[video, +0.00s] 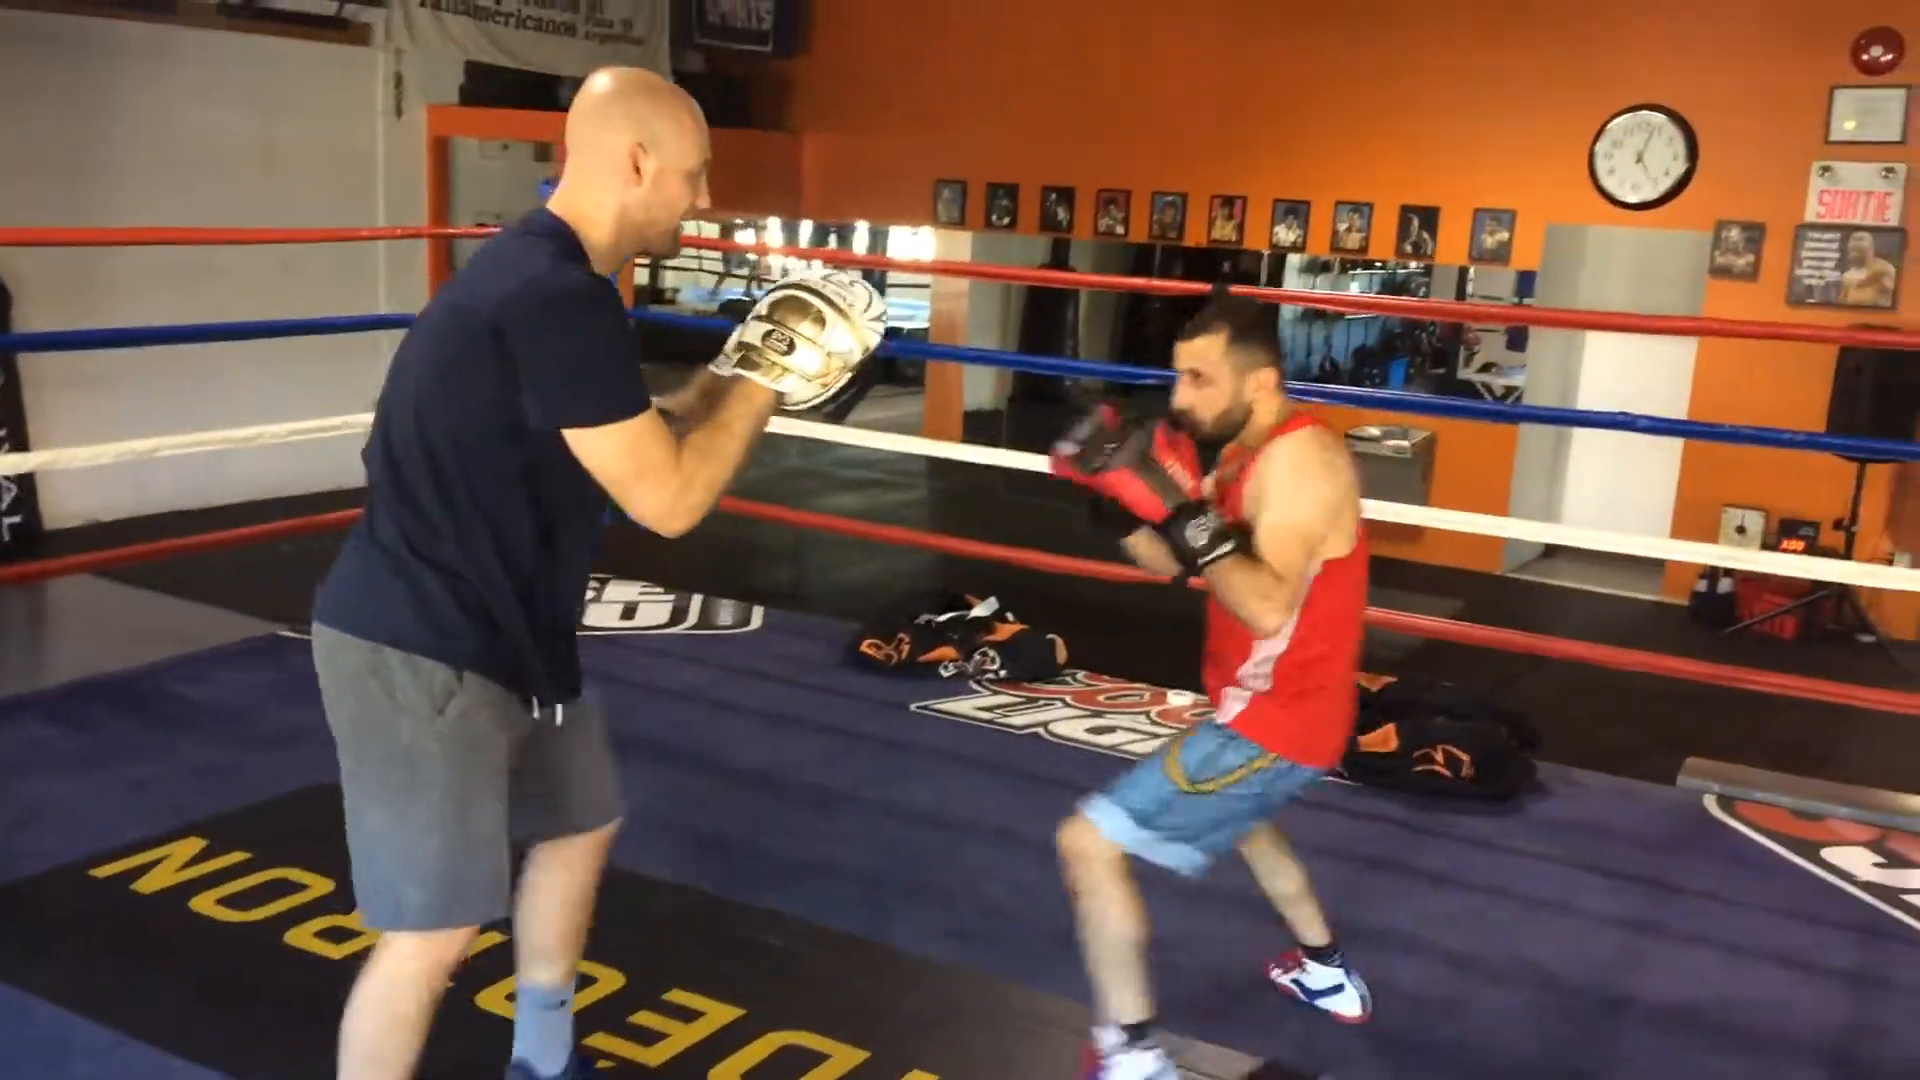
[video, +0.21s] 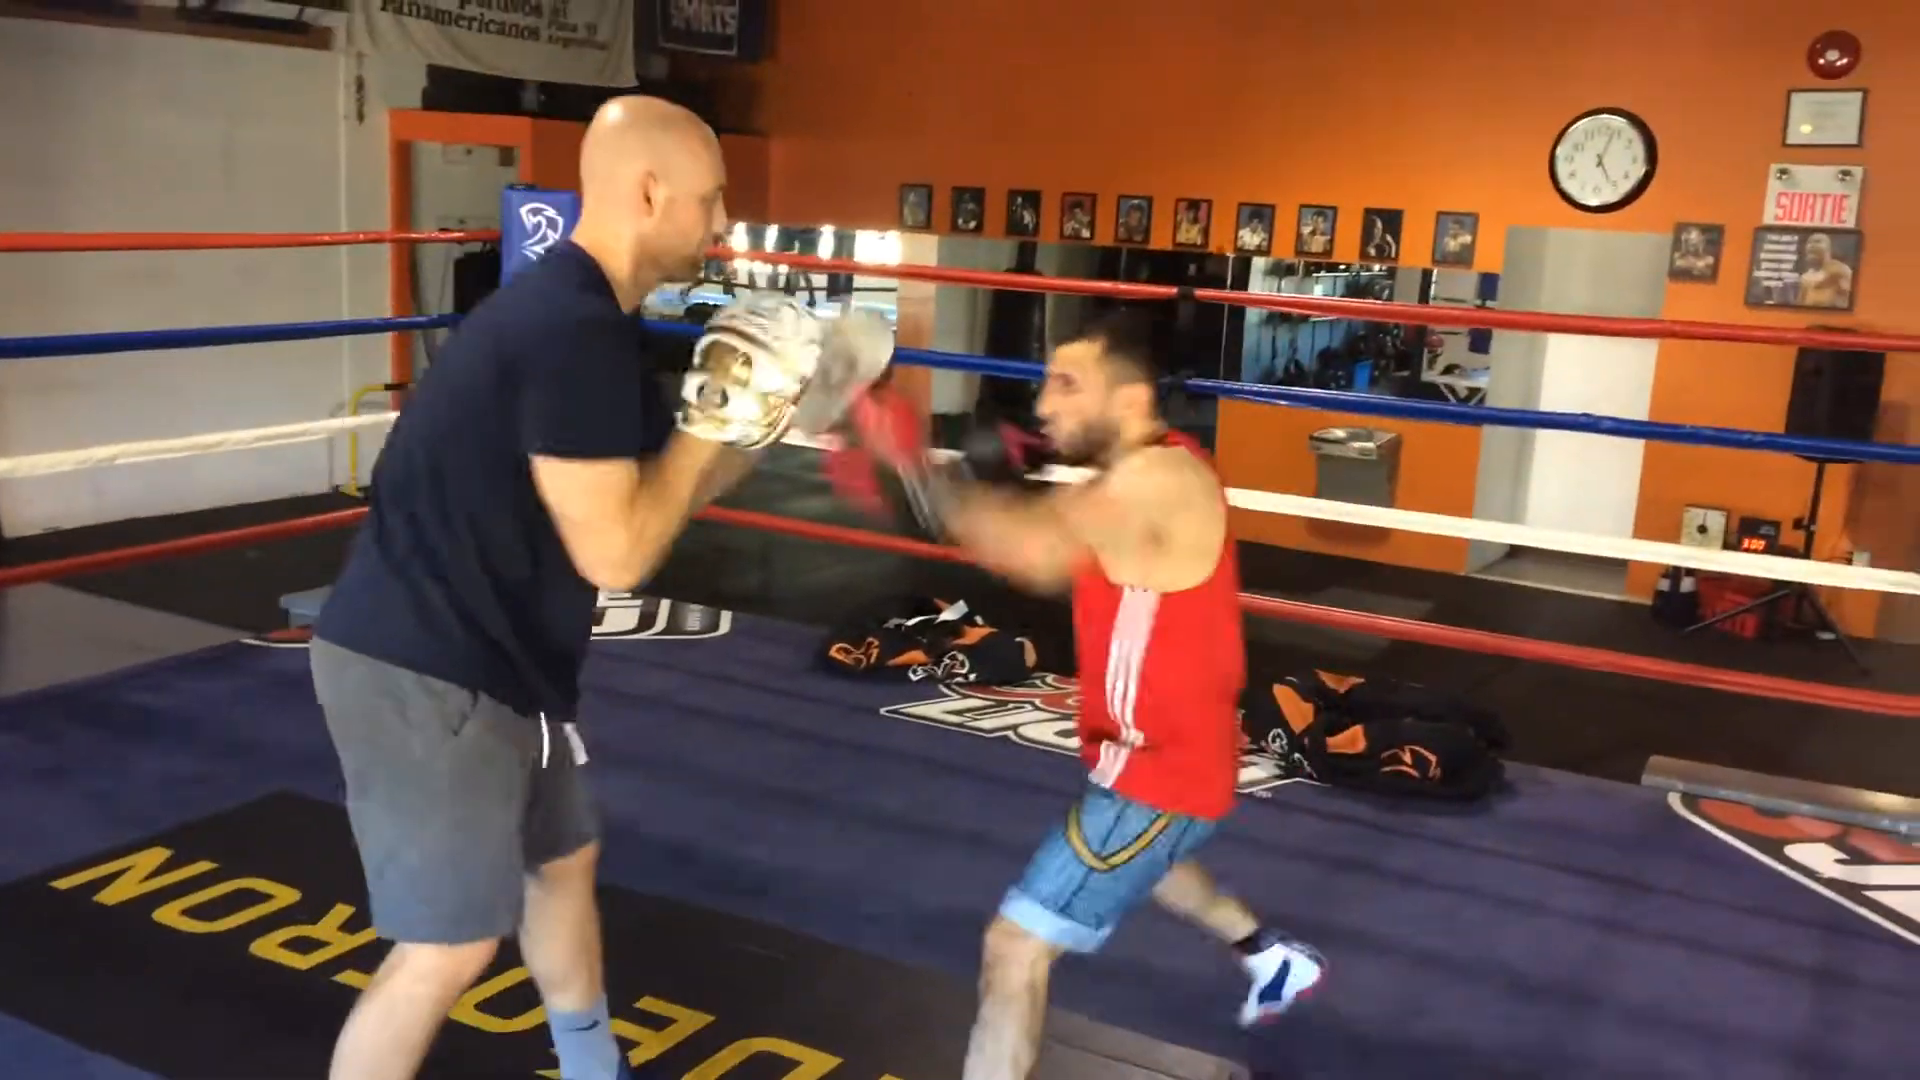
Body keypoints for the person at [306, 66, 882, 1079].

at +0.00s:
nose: (700, 202)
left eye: (702, 179)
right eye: (693, 176)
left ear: (615, 162)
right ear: (633, 164)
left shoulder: (548, 276)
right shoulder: (549, 293)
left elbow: (630, 452)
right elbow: (670, 500)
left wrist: (739, 367)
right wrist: (768, 379)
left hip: (509, 634)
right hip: (413, 642)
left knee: (578, 819)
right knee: (431, 925)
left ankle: (541, 1062)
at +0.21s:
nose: (721, 229)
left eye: (722, 204)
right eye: (710, 201)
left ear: (637, 196)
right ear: (647, 194)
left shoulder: (598, 324)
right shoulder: (564, 326)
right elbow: (615, 555)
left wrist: (756, 416)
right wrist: (717, 422)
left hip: (508, 660)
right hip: (417, 663)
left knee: (562, 856)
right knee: (448, 939)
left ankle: (591, 1069)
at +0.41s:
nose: (736, 248)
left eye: (739, 223)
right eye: (729, 220)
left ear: (652, 206)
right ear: (666, 205)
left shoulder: (598, 326)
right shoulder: (571, 332)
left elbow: (580, 524)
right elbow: (590, 582)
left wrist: (691, 469)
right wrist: (699, 505)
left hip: (516, 646)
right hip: (412, 655)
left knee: (596, 839)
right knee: (455, 942)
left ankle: (590, 1068)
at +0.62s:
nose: (749, 242)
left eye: (752, 216)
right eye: (744, 212)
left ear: (658, 198)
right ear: (684, 198)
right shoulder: (625, 316)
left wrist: (759, 489)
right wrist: (785, 455)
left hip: (516, 647)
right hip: (441, 651)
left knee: (581, 838)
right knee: (453, 939)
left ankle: (595, 1069)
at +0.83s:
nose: (786, 260)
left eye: (791, 239)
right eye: (778, 234)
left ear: (693, 216)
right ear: (709, 216)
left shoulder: (584, 294)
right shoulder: (698, 330)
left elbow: (544, 448)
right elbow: (881, 447)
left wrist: (661, 516)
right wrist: (945, 469)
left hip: (536, 645)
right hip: (474, 649)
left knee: (586, 848)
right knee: (487, 942)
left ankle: (602, 1069)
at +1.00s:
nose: (819, 260)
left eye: (823, 237)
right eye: (810, 233)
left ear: (726, 218)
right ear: (743, 216)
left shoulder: (641, 296)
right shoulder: (701, 327)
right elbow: (815, 405)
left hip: (566, 644)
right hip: (489, 650)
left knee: (609, 848)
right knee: (507, 934)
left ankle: (613, 1068)